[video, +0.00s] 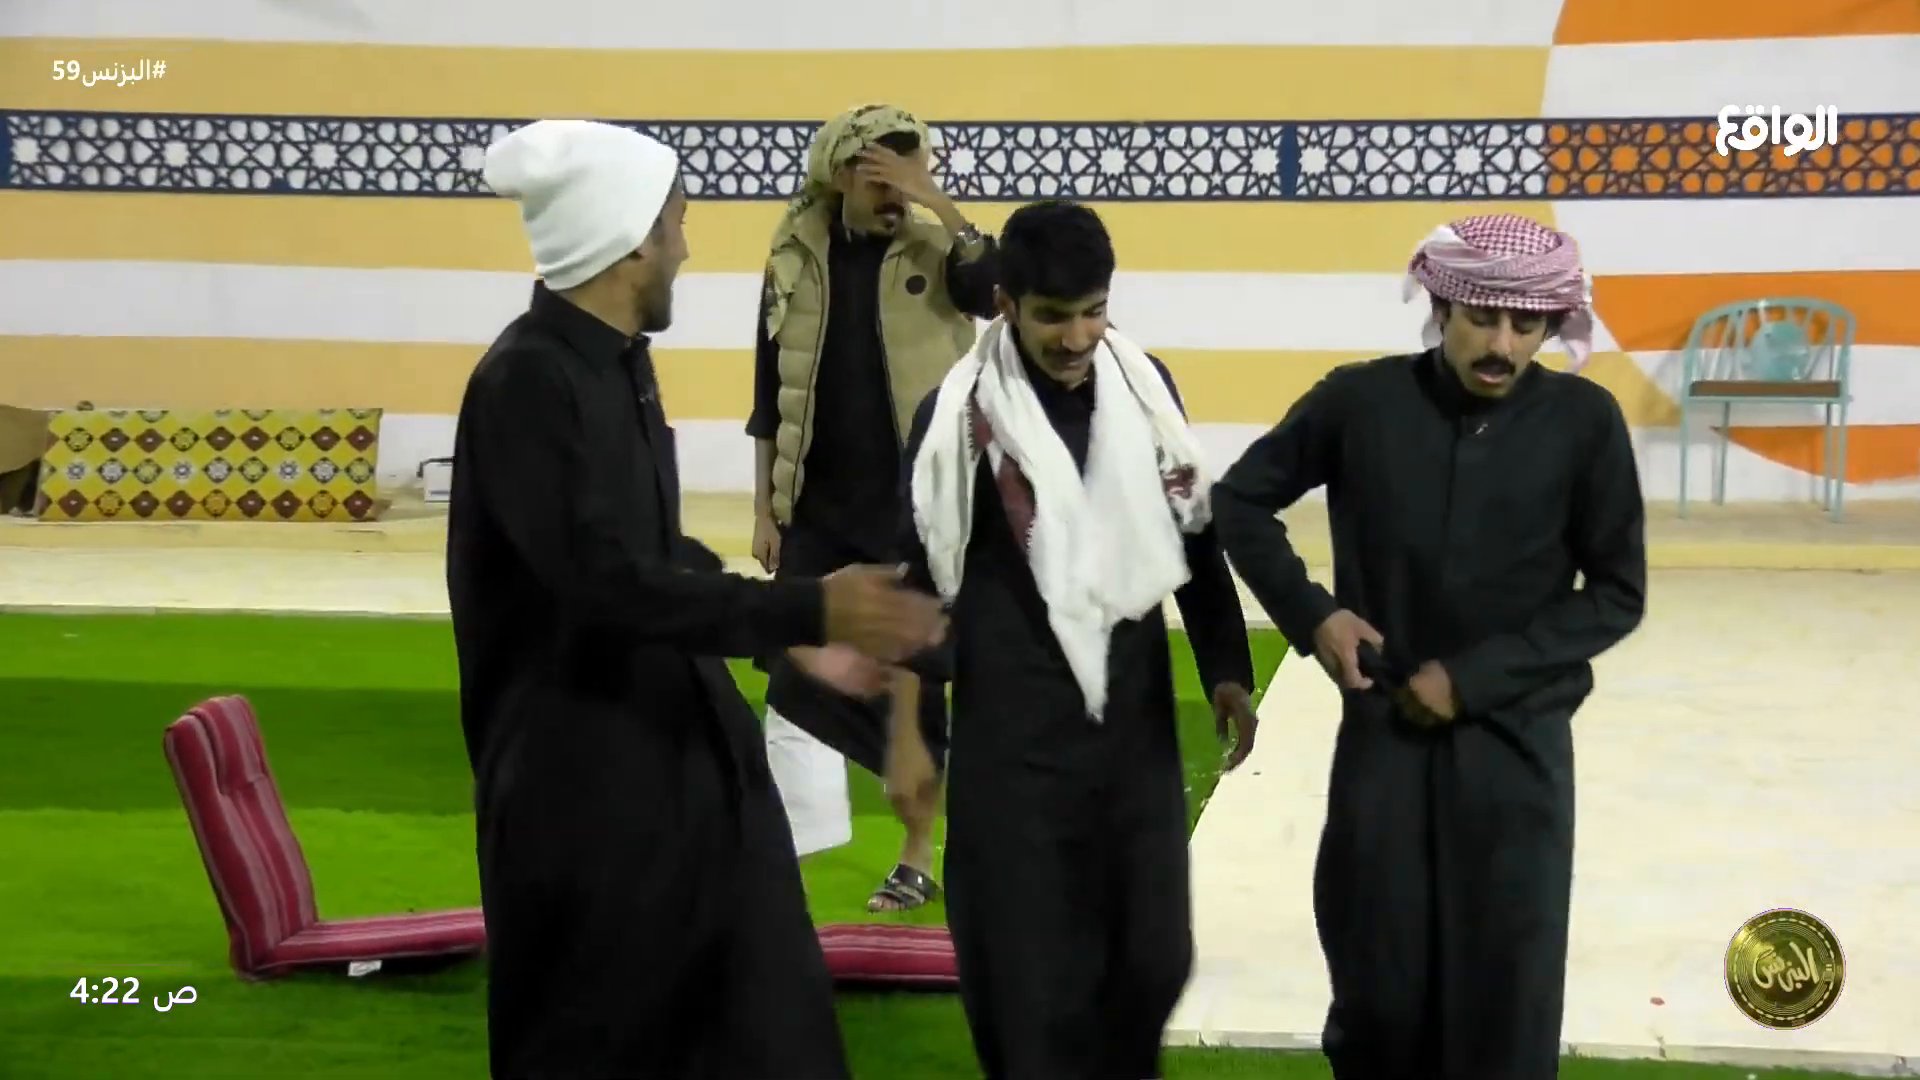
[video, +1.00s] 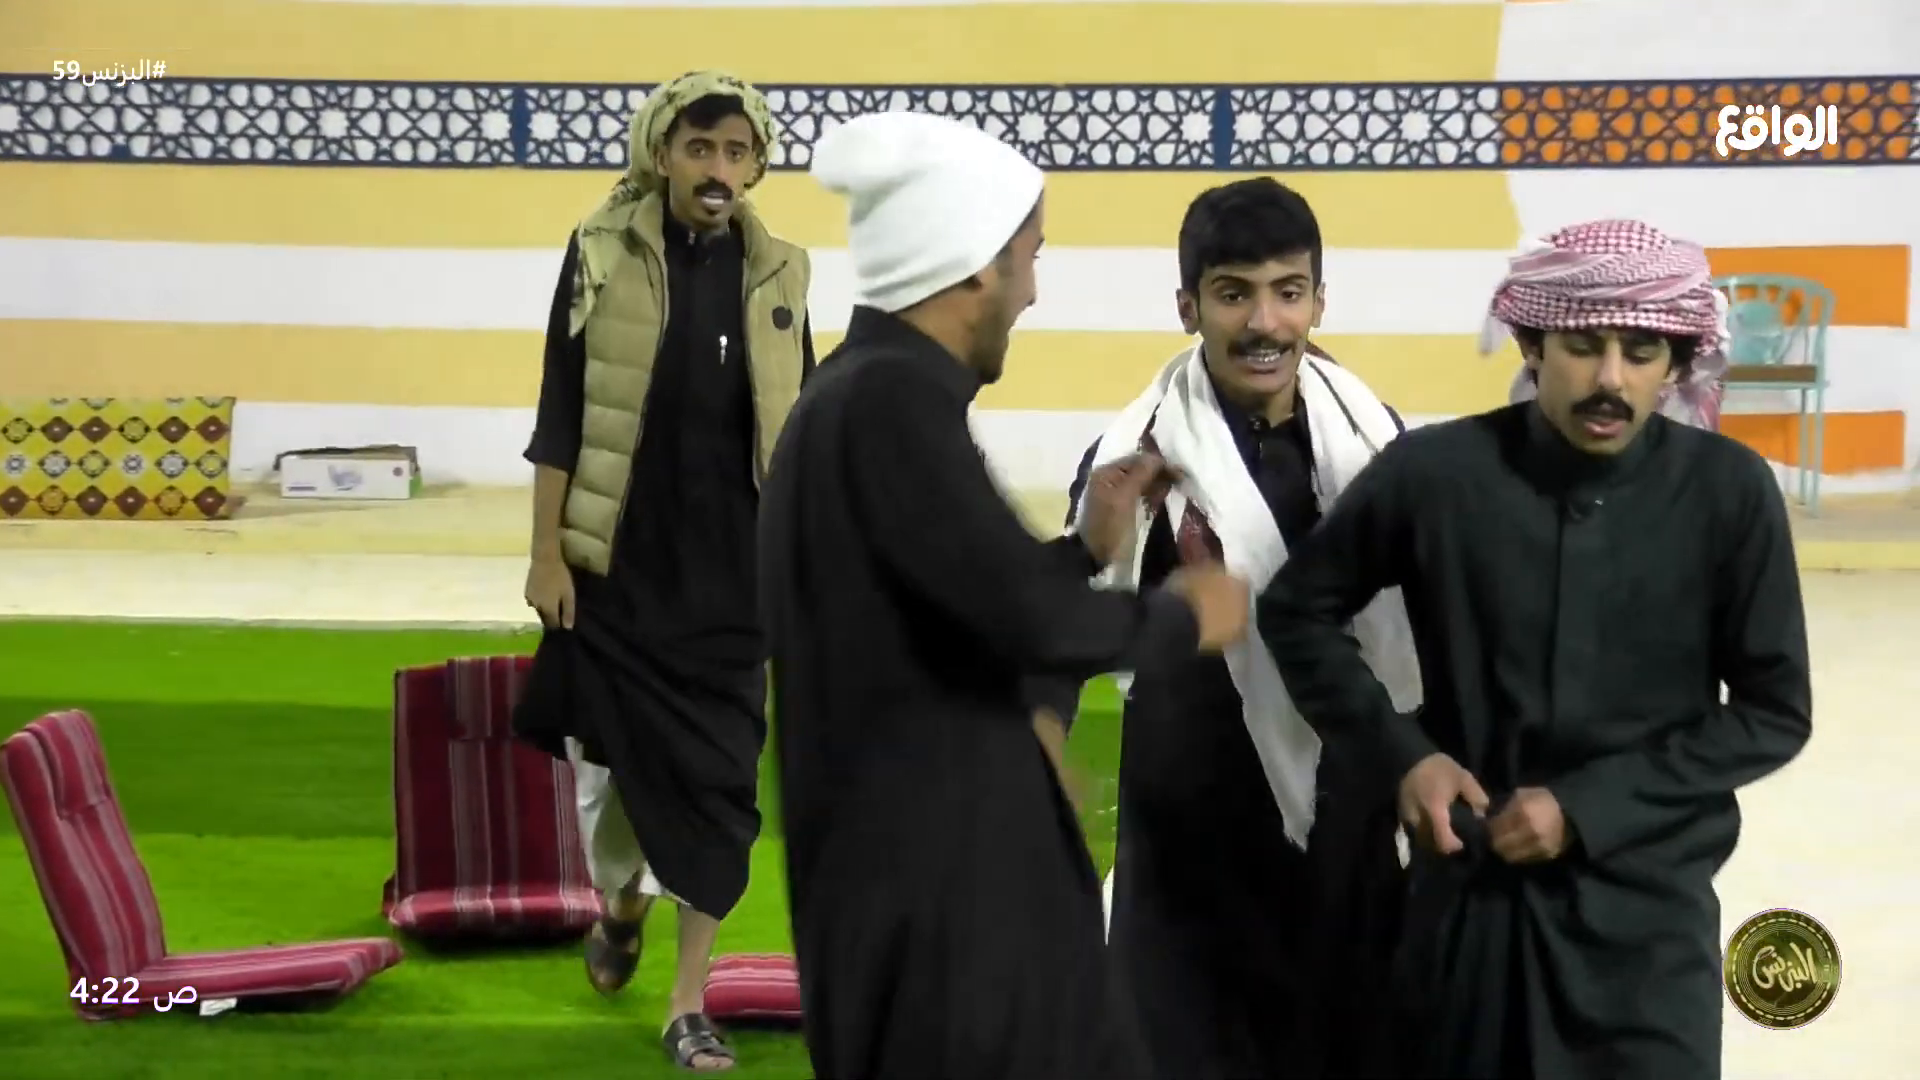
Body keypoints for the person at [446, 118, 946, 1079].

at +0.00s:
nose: (685, 249)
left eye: (681, 222)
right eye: (676, 221)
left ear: (607, 241)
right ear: (632, 236)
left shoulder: (613, 369)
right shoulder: (532, 379)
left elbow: (660, 566)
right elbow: (602, 587)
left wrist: (802, 653)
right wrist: (808, 610)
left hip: (669, 785)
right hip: (582, 807)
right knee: (596, 1044)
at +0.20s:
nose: (782, 262)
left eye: (776, 235)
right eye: (763, 235)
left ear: (703, 257)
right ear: (706, 252)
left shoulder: (737, 393)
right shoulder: (585, 395)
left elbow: (752, 563)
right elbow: (657, 618)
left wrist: (873, 590)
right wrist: (853, 630)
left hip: (760, 836)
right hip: (623, 841)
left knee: (768, 1054)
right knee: (611, 1059)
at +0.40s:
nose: (848, 253)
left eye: (845, 222)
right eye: (824, 223)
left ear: (756, 242)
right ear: (745, 240)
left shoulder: (829, 370)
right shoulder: (619, 387)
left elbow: (880, 563)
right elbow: (622, 615)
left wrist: (970, 603)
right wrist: (838, 687)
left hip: (845, 821)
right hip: (692, 832)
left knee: (840, 1056)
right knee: (697, 1057)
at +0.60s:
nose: (899, 241)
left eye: (890, 210)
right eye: (867, 209)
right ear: (786, 244)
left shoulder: (902, 378)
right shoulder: (670, 404)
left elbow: (956, 572)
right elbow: (630, 630)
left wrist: (1030, 599)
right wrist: (826, 715)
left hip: (909, 829)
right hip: (746, 840)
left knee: (904, 1057)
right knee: (852, 1054)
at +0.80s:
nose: (989, 290)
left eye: (984, 260)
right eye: (974, 260)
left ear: (913, 275)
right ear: (906, 276)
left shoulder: (932, 418)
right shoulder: (759, 426)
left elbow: (970, 634)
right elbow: (750, 675)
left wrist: (1107, 621)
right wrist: (986, 743)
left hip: (953, 881)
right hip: (828, 898)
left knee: (977, 1055)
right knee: (891, 1058)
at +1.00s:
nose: (1034, 289)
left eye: (1033, 257)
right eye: (1029, 257)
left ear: (956, 266)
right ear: (975, 268)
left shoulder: (844, 400)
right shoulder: (897, 402)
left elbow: (948, 617)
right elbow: (1017, 616)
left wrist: (1087, 550)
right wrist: (1179, 619)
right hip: (955, 904)